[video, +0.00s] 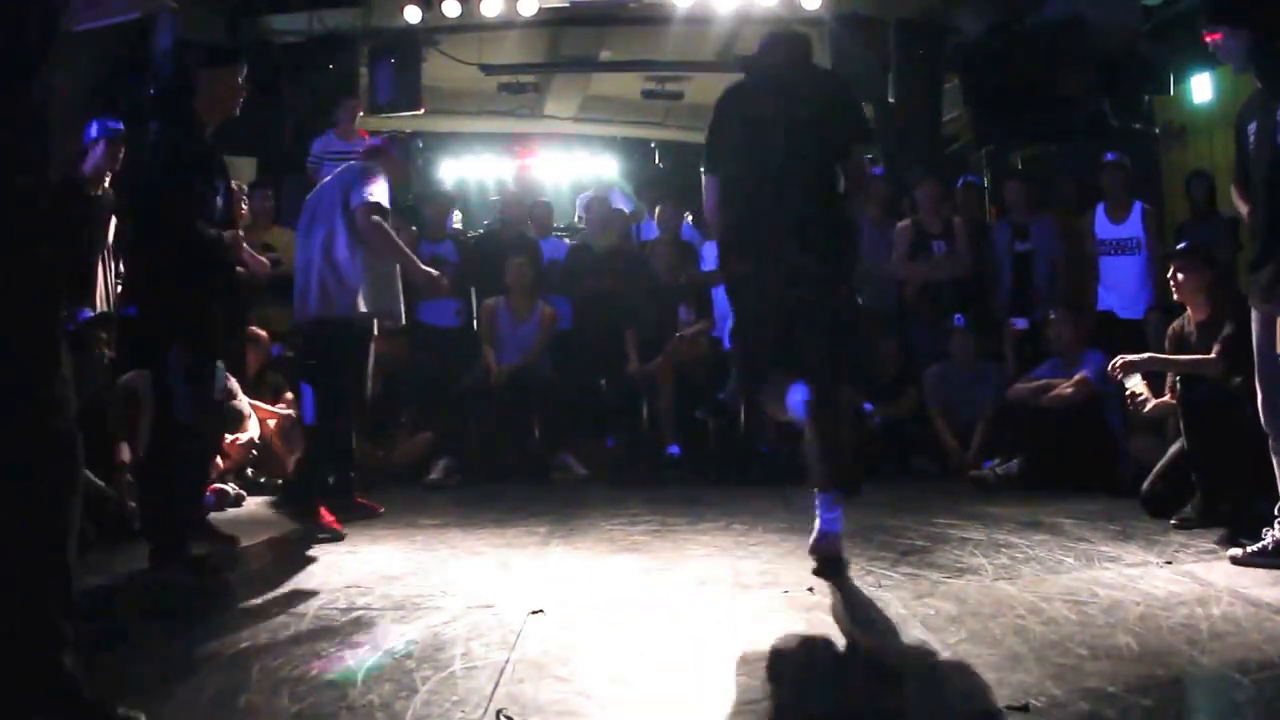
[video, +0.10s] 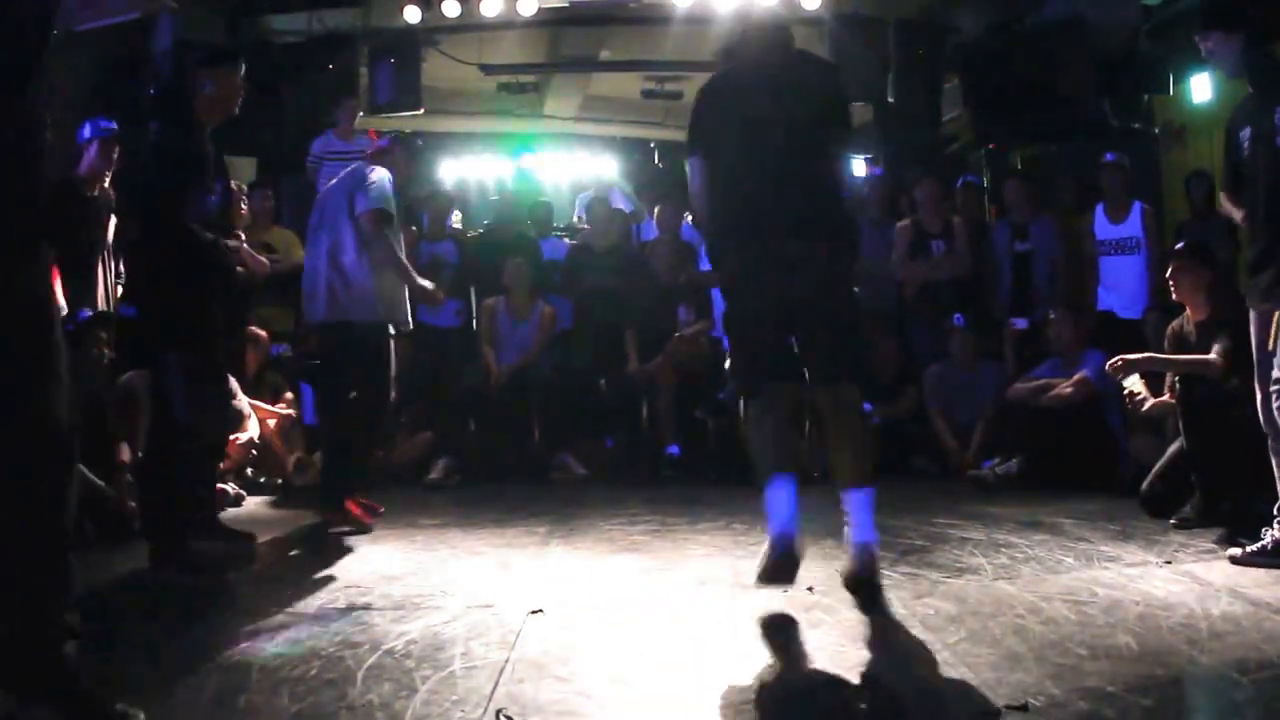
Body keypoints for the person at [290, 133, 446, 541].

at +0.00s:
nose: (404, 175)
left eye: (405, 168)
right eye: (403, 166)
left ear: (375, 151)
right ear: (390, 155)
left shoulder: (325, 187)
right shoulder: (371, 172)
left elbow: (310, 245)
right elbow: (369, 220)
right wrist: (420, 269)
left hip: (317, 308)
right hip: (345, 309)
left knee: (337, 407)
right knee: (338, 407)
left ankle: (343, 489)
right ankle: (307, 496)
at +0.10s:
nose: (411, 170)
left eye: (412, 163)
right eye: (410, 161)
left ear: (380, 149)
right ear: (393, 152)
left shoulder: (335, 185)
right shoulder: (375, 174)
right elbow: (374, 227)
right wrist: (415, 280)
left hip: (332, 309)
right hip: (362, 309)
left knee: (340, 406)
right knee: (372, 403)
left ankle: (343, 491)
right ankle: (341, 493)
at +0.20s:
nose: (414, 167)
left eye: (415, 158)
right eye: (411, 157)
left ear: (381, 149)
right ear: (394, 152)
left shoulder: (348, 183)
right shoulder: (381, 177)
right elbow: (379, 232)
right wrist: (398, 300)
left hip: (340, 313)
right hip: (372, 314)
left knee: (343, 409)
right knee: (393, 403)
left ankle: (342, 496)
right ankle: (381, 488)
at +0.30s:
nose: (431, 170)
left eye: (434, 161)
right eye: (428, 158)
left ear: (399, 149)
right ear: (406, 148)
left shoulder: (367, 185)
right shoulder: (388, 186)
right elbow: (382, 242)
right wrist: (386, 305)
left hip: (355, 319)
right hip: (382, 322)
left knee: (347, 411)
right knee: (408, 411)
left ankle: (339, 495)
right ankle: (423, 491)